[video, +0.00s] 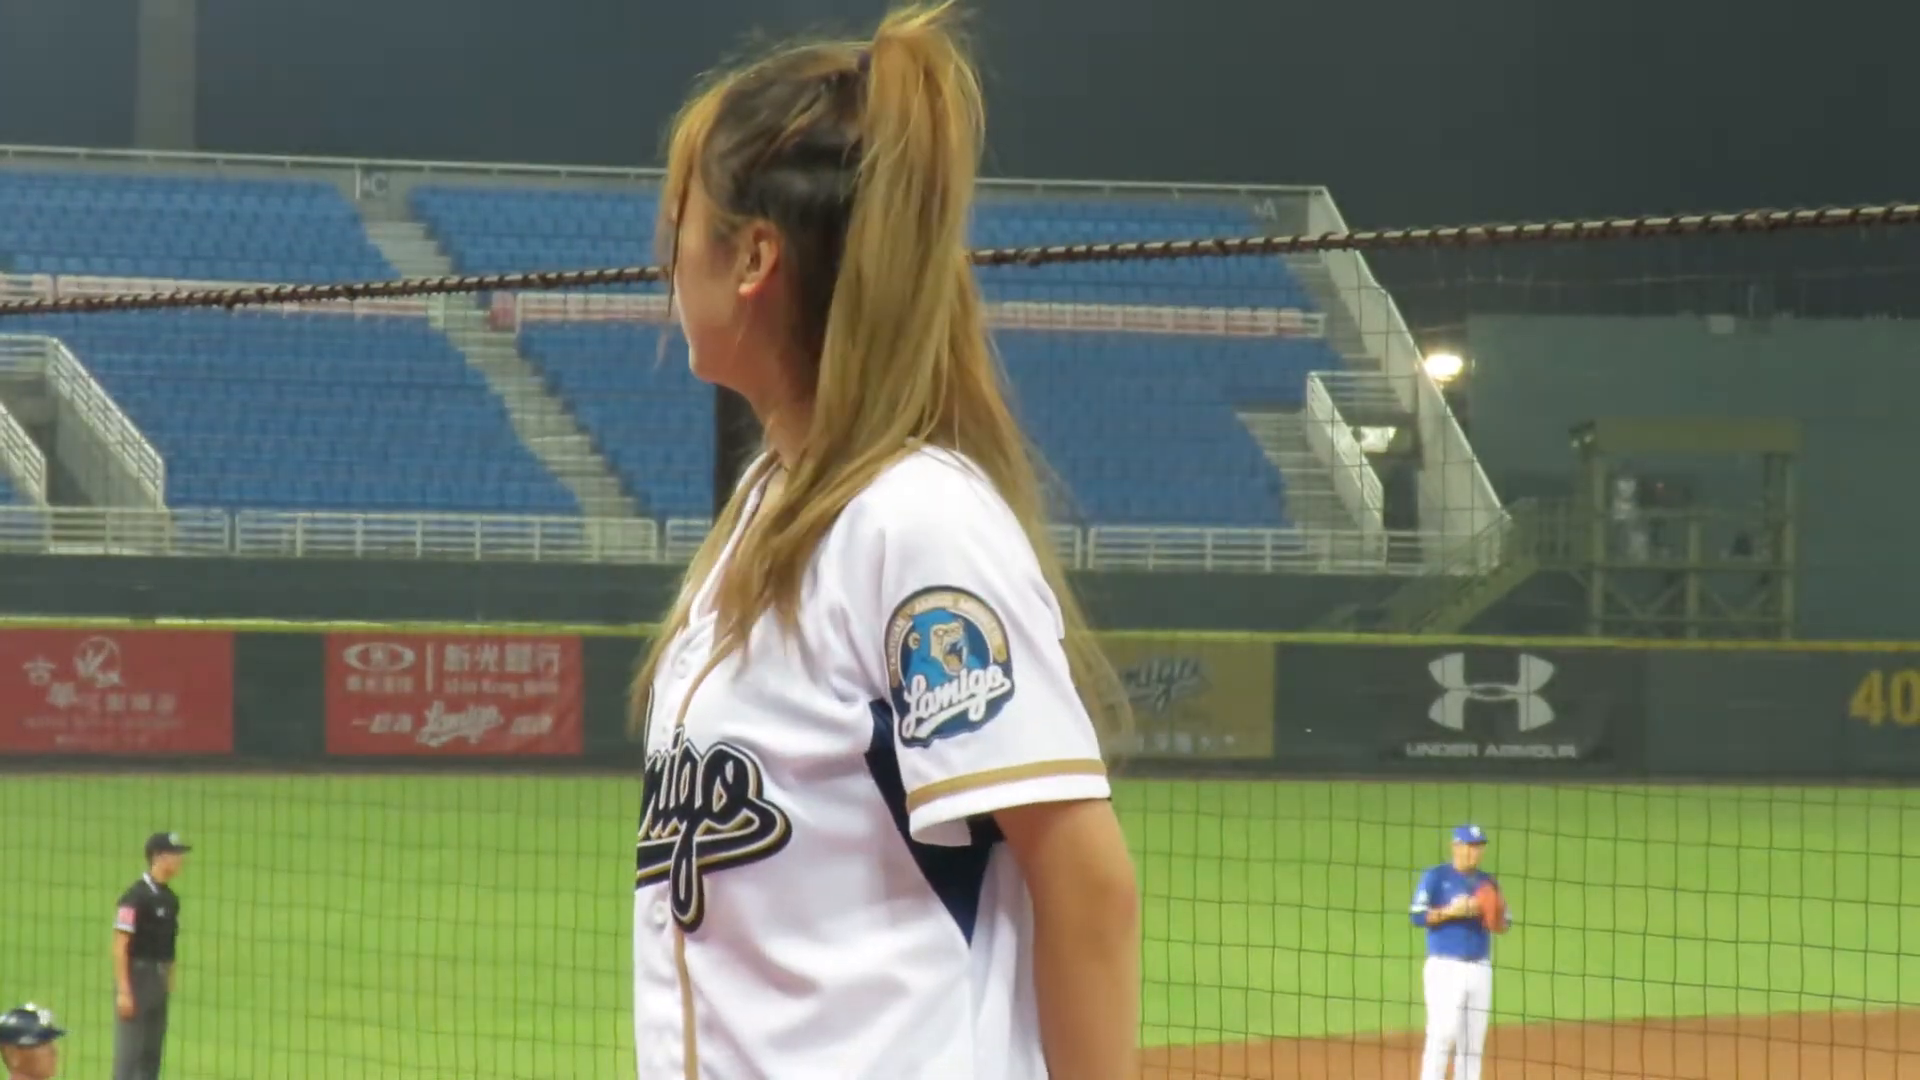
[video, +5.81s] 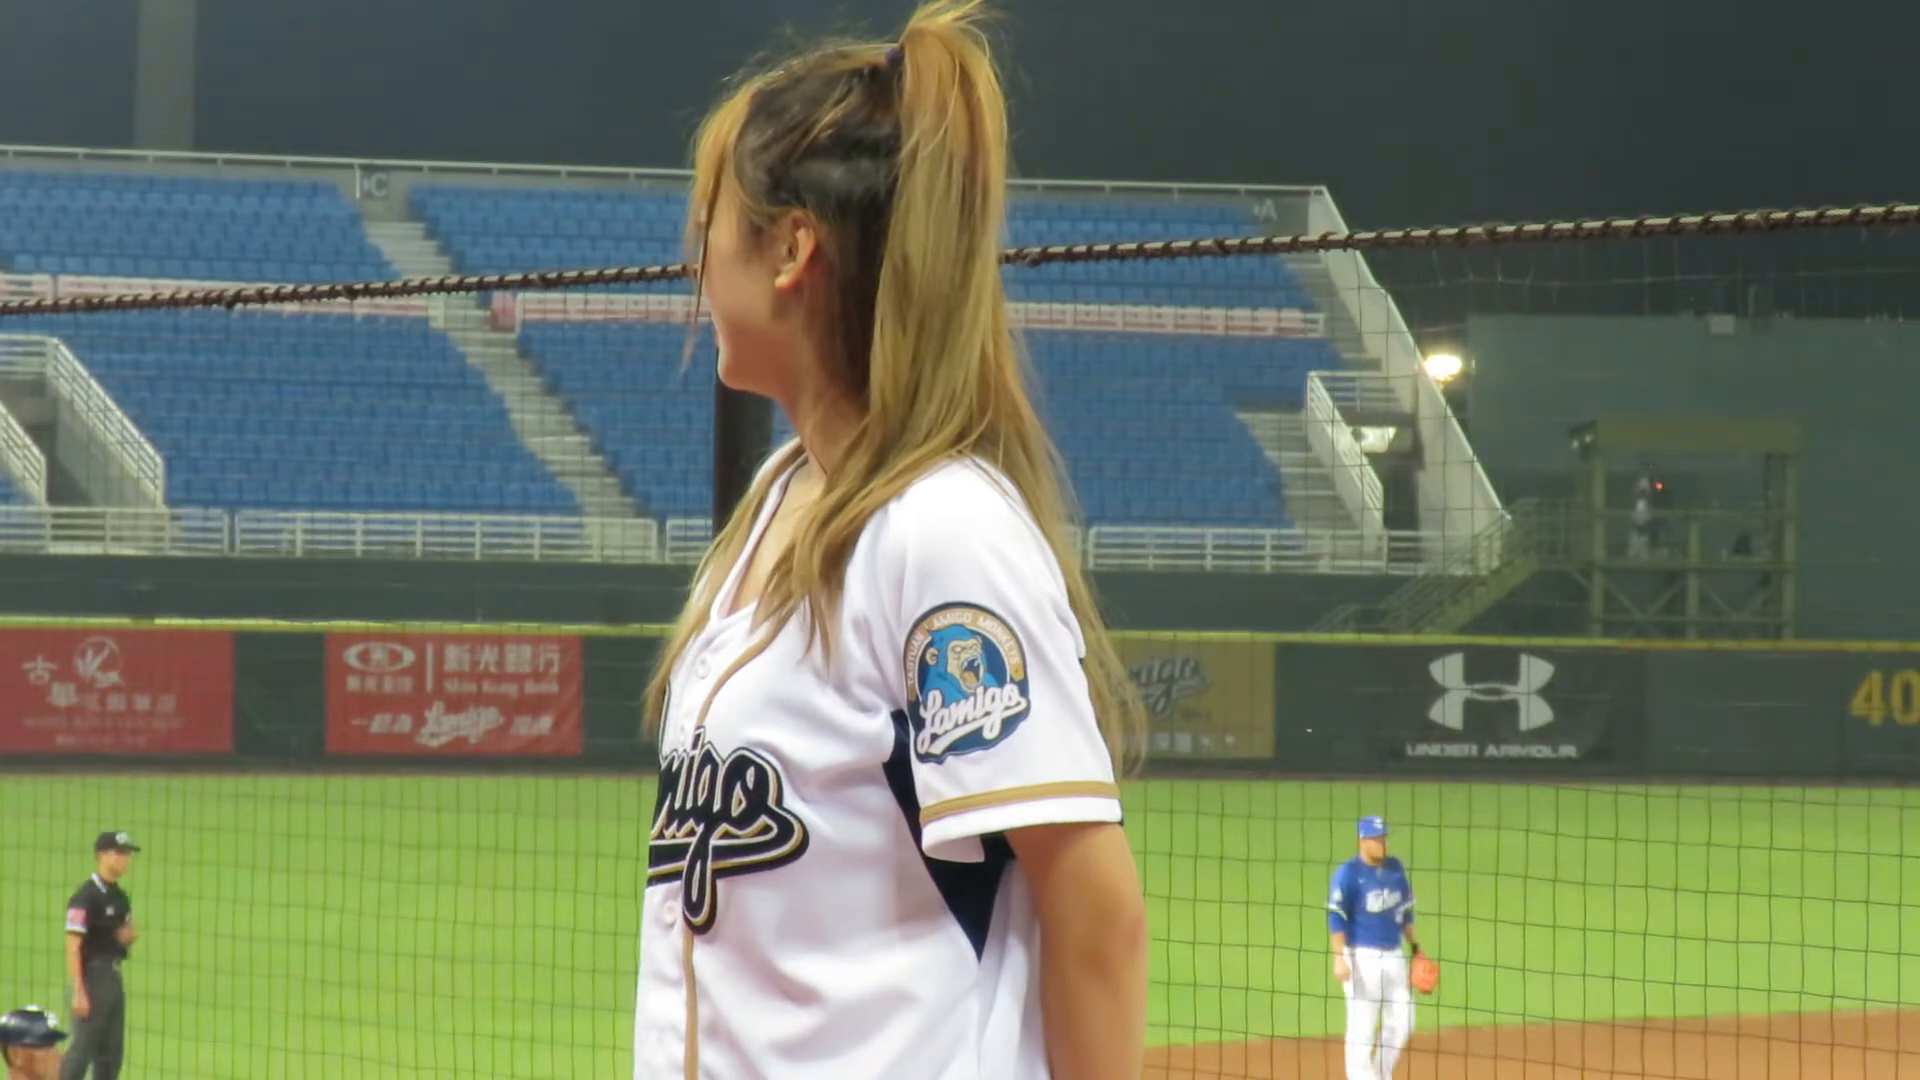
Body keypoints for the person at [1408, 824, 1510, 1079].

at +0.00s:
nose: (1474, 852)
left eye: (1478, 846)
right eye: (1469, 845)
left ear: (1483, 850)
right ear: (1455, 847)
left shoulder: (1487, 882)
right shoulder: (1435, 876)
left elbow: (1503, 924)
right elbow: (1417, 916)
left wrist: (1488, 907)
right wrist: (1453, 910)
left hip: (1479, 967)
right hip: (1444, 965)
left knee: (1473, 1041)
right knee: (1442, 1036)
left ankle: (1468, 1077)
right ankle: (1432, 1076)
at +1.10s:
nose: (1447, 846)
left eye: (1452, 840)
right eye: (1441, 840)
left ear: (1459, 845)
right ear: (1431, 845)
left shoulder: (1472, 881)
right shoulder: (1415, 879)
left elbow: (1485, 919)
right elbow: (1403, 918)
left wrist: (1471, 939)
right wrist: (1432, 937)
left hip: (1464, 967)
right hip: (1427, 966)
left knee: (1465, 1042)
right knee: (1423, 1040)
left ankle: (1464, 1077)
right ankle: (1413, 1076)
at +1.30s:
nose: (1436, 845)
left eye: (1441, 840)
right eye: (1430, 840)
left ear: (1447, 845)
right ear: (1419, 845)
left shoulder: (1460, 881)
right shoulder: (1403, 879)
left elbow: (1470, 927)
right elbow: (1388, 921)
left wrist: (1467, 962)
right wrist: (1397, 956)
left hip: (1452, 967)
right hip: (1416, 968)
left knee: (1457, 1045)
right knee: (1412, 1043)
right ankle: (1409, 1078)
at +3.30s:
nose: (1430, 845)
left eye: (1432, 840)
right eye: (1424, 840)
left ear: (1435, 843)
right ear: (1410, 840)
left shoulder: (1439, 875)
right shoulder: (1389, 873)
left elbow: (1450, 921)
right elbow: (1376, 916)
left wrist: (1460, 959)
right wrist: (1381, 957)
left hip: (1434, 961)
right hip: (1399, 961)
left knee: (1442, 1035)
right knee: (1399, 1036)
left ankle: (1440, 1077)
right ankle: (1398, 1077)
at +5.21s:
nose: (1410, 840)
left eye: (1413, 835)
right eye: (1404, 835)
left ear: (1417, 838)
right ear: (1392, 838)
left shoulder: (1426, 872)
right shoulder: (1376, 871)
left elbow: (1432, 921)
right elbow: (1366, 914)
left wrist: (1439, 959)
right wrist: (1377, 953)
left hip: (1424, 958)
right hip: (1390, 957)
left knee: (1426, 1032)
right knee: (1378, 1030)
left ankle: (1426, 1077)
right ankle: (1365, 1076)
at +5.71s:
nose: (1380, 844)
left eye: (1383, 839)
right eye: (1374, 839)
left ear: (1388, 840)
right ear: (1362, 841)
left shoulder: (1397, 869)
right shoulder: (1349, 874)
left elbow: (1407, 916)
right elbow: (1338, 918)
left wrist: (1418, 950)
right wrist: (1341, 958)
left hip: (1397, 958)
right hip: (1364, 958)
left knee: (1407, 1025)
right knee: (1364, 1029)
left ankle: (1399, 1075)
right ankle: (1359, 1075)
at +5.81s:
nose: (1380, 845)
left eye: (1382, 839)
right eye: (1373, 840)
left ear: (1386, 840)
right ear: (1361, 841)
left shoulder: (1395, 868)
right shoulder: (1347, 873)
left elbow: (1405, 915)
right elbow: (1336, 917)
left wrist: (1415, 948)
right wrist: (1340, 956)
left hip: (1395, 957)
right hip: (1362, 957)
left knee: (1400, 1025)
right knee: (1363, 1027)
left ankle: (1381, 1074)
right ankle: (1361, 1075)